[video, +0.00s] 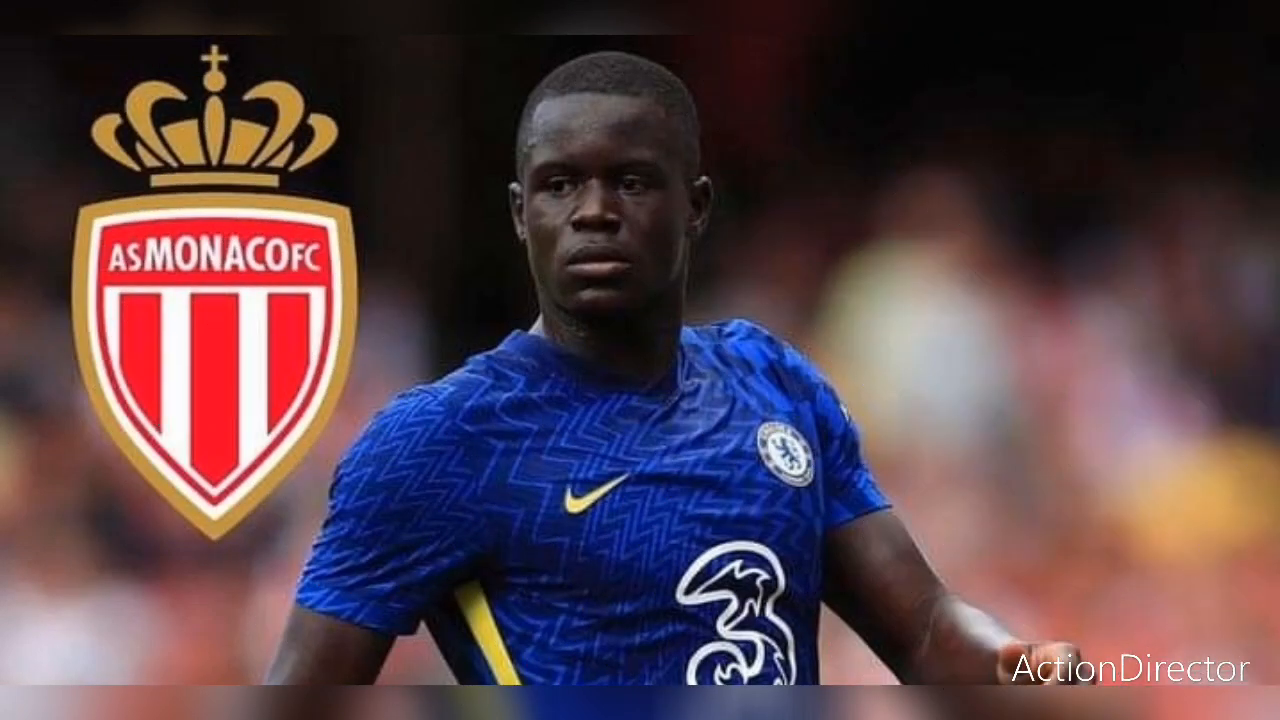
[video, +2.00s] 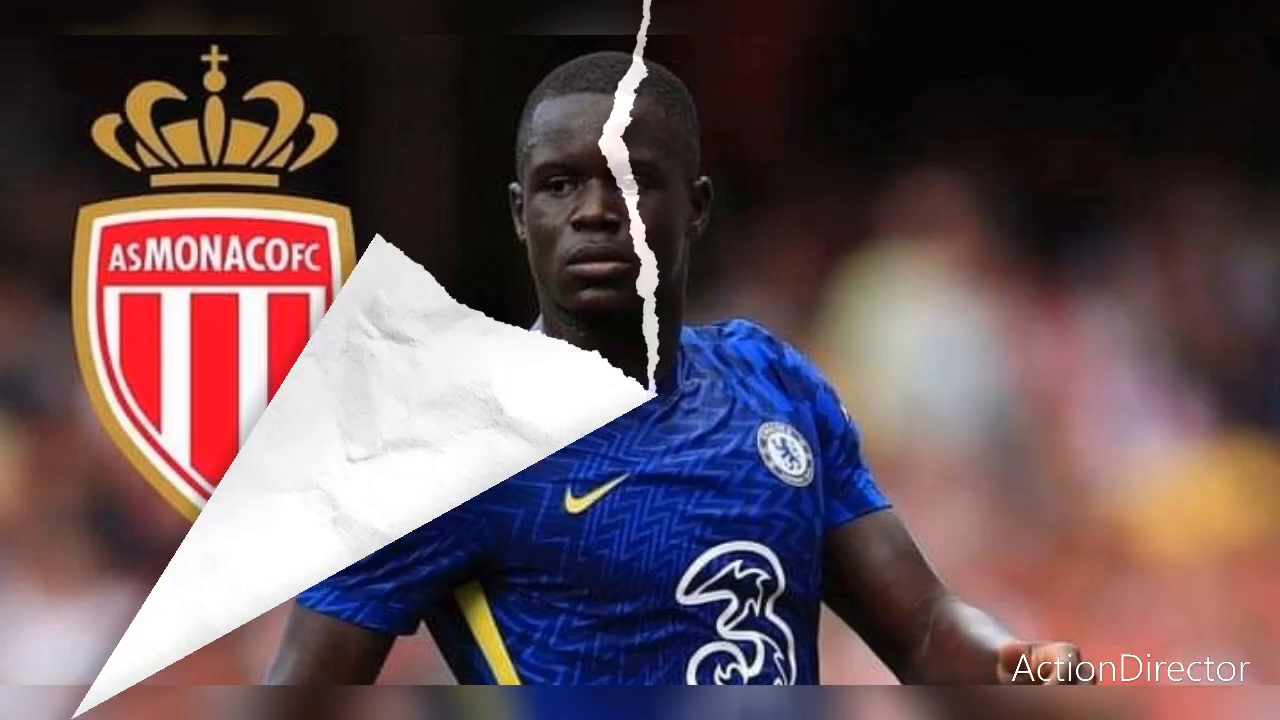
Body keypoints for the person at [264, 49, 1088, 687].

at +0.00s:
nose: (595, 210)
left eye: (633, 178)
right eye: (560, 181)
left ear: (697, 209)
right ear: (522, 216)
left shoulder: (770, 385)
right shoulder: (433, 444)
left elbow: (921, 626)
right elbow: (301, 691)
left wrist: (1021, 675)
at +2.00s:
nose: (600, 209)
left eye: (636, 177)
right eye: (562, 180)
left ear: (698, 206)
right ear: (520, 213)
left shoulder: (770, 384)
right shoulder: (453, 430)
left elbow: (920, 625)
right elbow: (302, 688)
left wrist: (1021, 673)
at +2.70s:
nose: (596, 210)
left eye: (633, 178)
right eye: (560, 181)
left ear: (696, 207)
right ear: (522, 215)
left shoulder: (770, 385)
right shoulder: (433, 444)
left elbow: (921, 625)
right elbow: (301, 691)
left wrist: (1020, 674)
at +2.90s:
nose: (596, 210)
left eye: (633, 178)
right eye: (560, 181)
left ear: (696, 207)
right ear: (522, 215)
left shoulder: (770, 385)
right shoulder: (433, 444)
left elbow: (921, 625)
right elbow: (301, 691)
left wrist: (1020, 674)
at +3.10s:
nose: (596, 210)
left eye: (633, 178)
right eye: (560, 181)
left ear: (697, 207)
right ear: (522, 215)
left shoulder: (770, 385)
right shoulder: (433, 444)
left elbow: (921, 625)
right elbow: (301, 691)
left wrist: (1020, 674)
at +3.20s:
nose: (596, 210)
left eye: (633, 178)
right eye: (560, 181)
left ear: (697, 207)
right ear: (522, 215)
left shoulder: (770, 385)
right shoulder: (433, 444)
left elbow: (921, 625)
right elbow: (301, 691)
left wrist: (1020, 674)